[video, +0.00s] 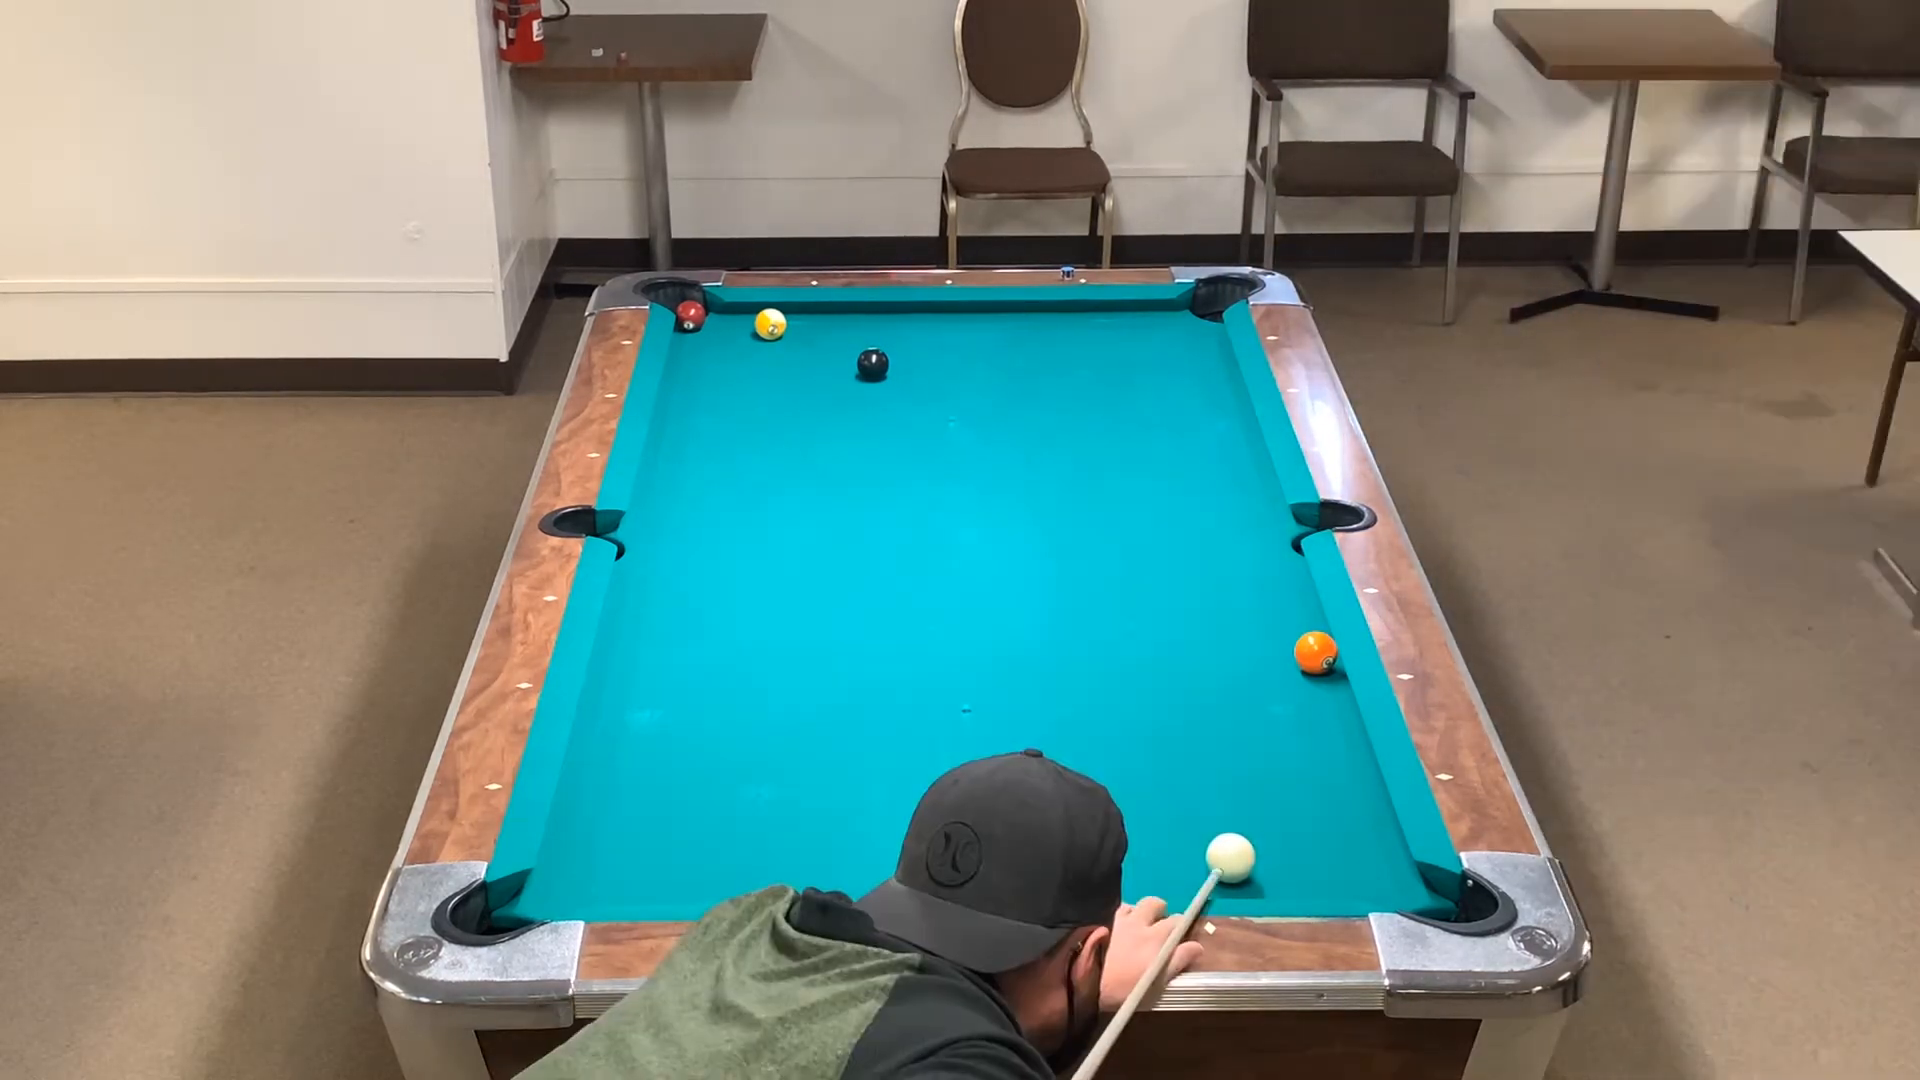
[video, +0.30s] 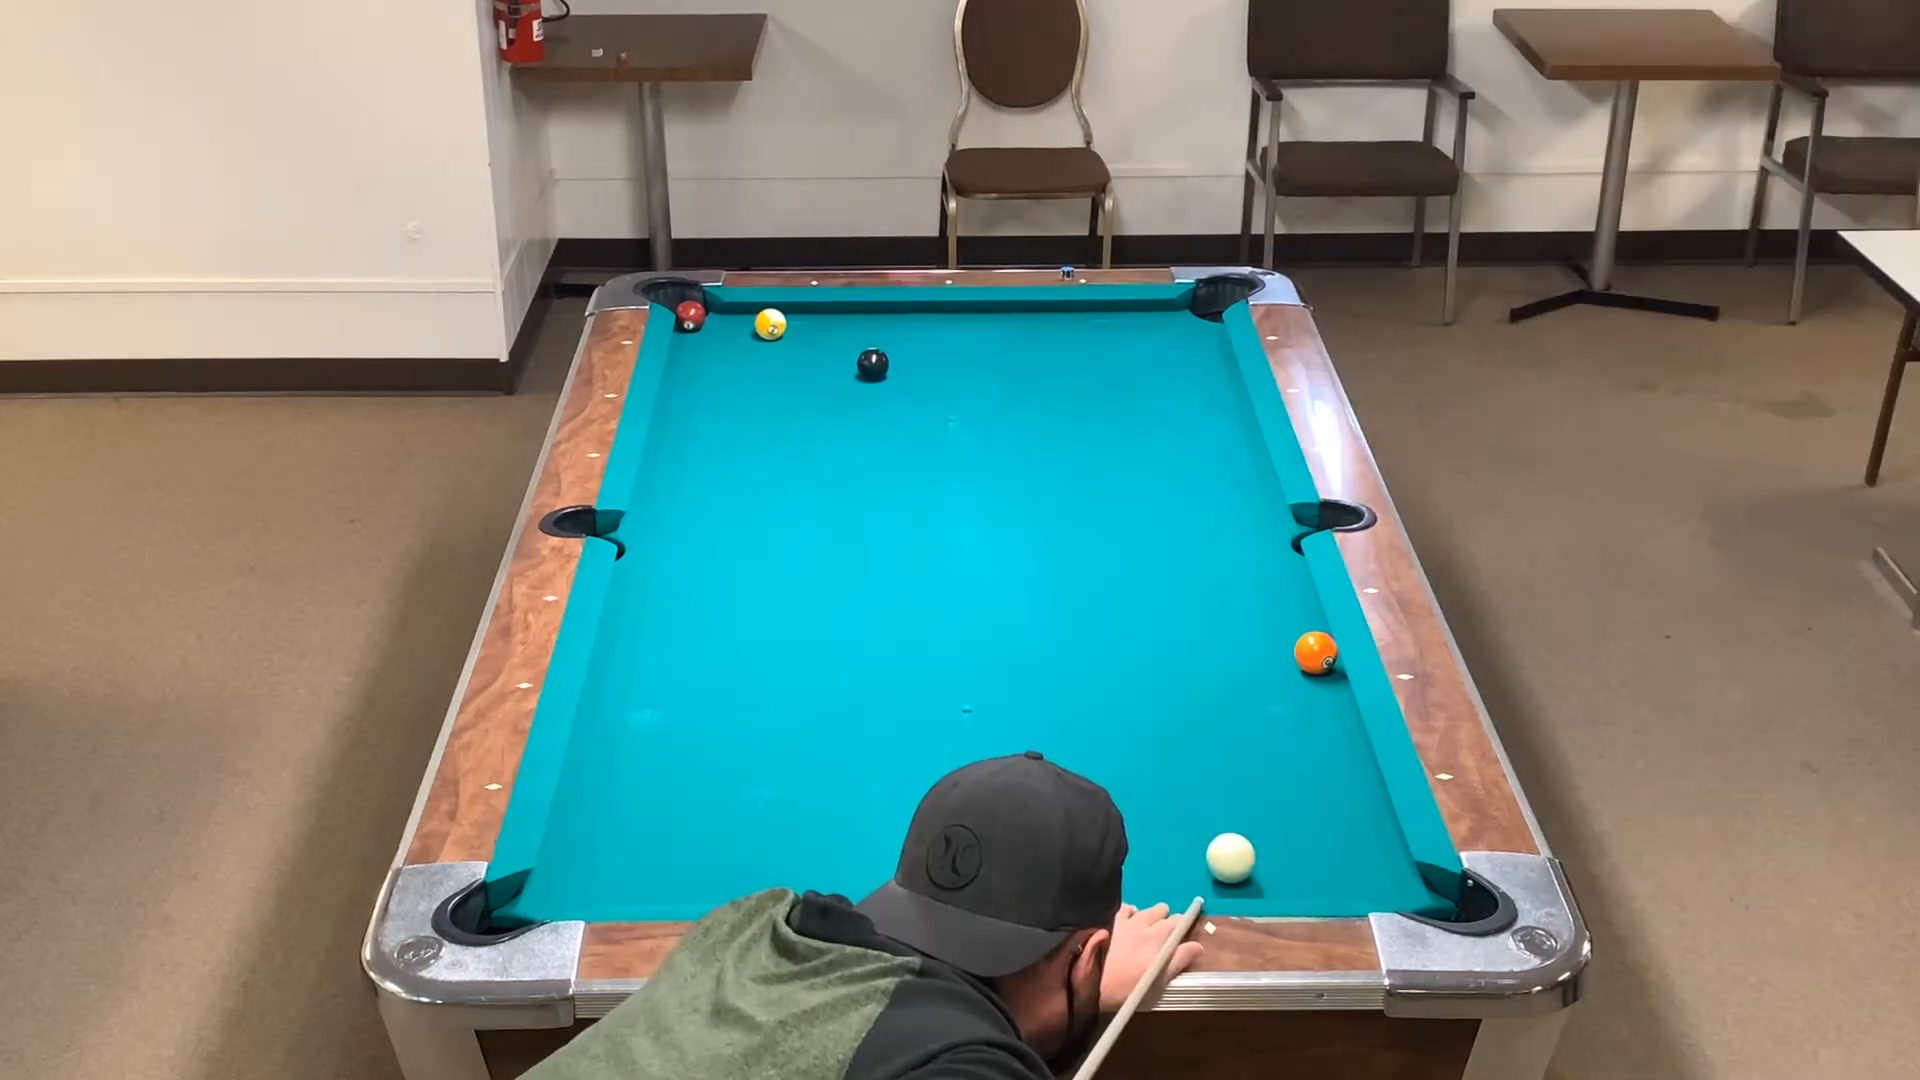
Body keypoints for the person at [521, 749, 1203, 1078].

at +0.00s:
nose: (1105, 947)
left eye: (1106, 936)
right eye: (1105, 935)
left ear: (909, 871)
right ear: (1079, 956)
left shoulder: (753, 916)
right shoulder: (964, 1056)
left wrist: (1078, 993)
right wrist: (1101, 1012)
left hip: (555, 1064)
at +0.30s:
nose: (1105, 950)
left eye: (1107, 938)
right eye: (1105, 938)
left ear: (910, 874)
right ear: (1079, 959)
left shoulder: (754, 919)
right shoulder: (966, 1059)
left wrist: (1078, 996)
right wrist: (1100, 1017)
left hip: (557, 1064)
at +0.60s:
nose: (1104, 951)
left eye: (1105, 939)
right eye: (1105, 940)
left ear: (909, 876)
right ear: (1080, 965)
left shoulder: (753, 922)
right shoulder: (966, 1063)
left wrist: (1077, 996)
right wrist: (1096, 1019)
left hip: (557, 1067)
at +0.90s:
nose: (1109, 950)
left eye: (1108, 939)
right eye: (1109, 940)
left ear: (909, 878)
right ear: (1081, 965)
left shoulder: (753, 922)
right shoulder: (961, 1060)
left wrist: (1076, 1001)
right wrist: (1104, 1018)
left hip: (560, 1065)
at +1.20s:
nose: (1106, 951)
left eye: (1105, 938)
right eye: (1106, 939)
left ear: (907, 877)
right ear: (1082, 966)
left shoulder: (751, 921)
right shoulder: (964, 1060)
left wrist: (1073, 1003)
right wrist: (1093, 1021)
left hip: (561, 1065)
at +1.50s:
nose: (1106, 949)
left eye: (1105, 936)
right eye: (1106, 938)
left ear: (908, 877)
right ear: (1081, 966)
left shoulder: (749, 921)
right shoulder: (966, 1064)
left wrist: (1073, 999)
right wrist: (1091, 1019)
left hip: (556, 1067)